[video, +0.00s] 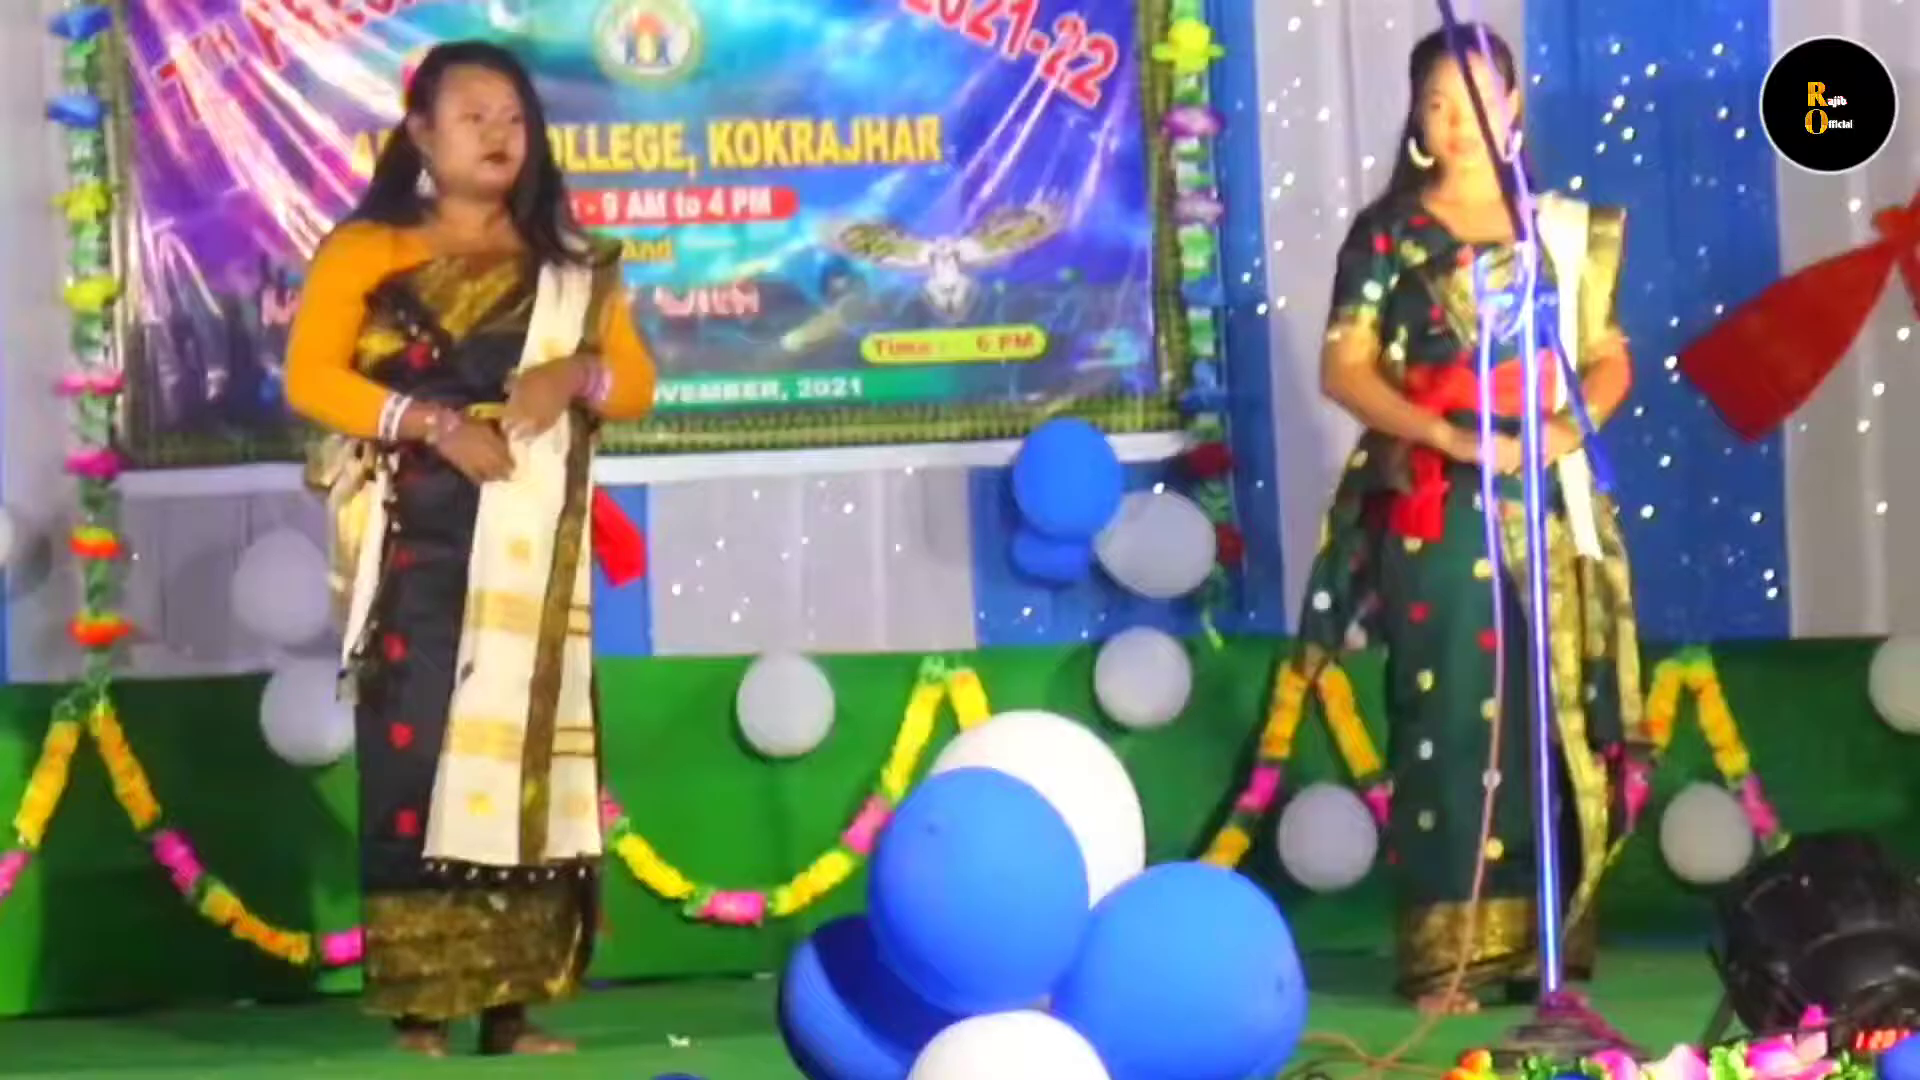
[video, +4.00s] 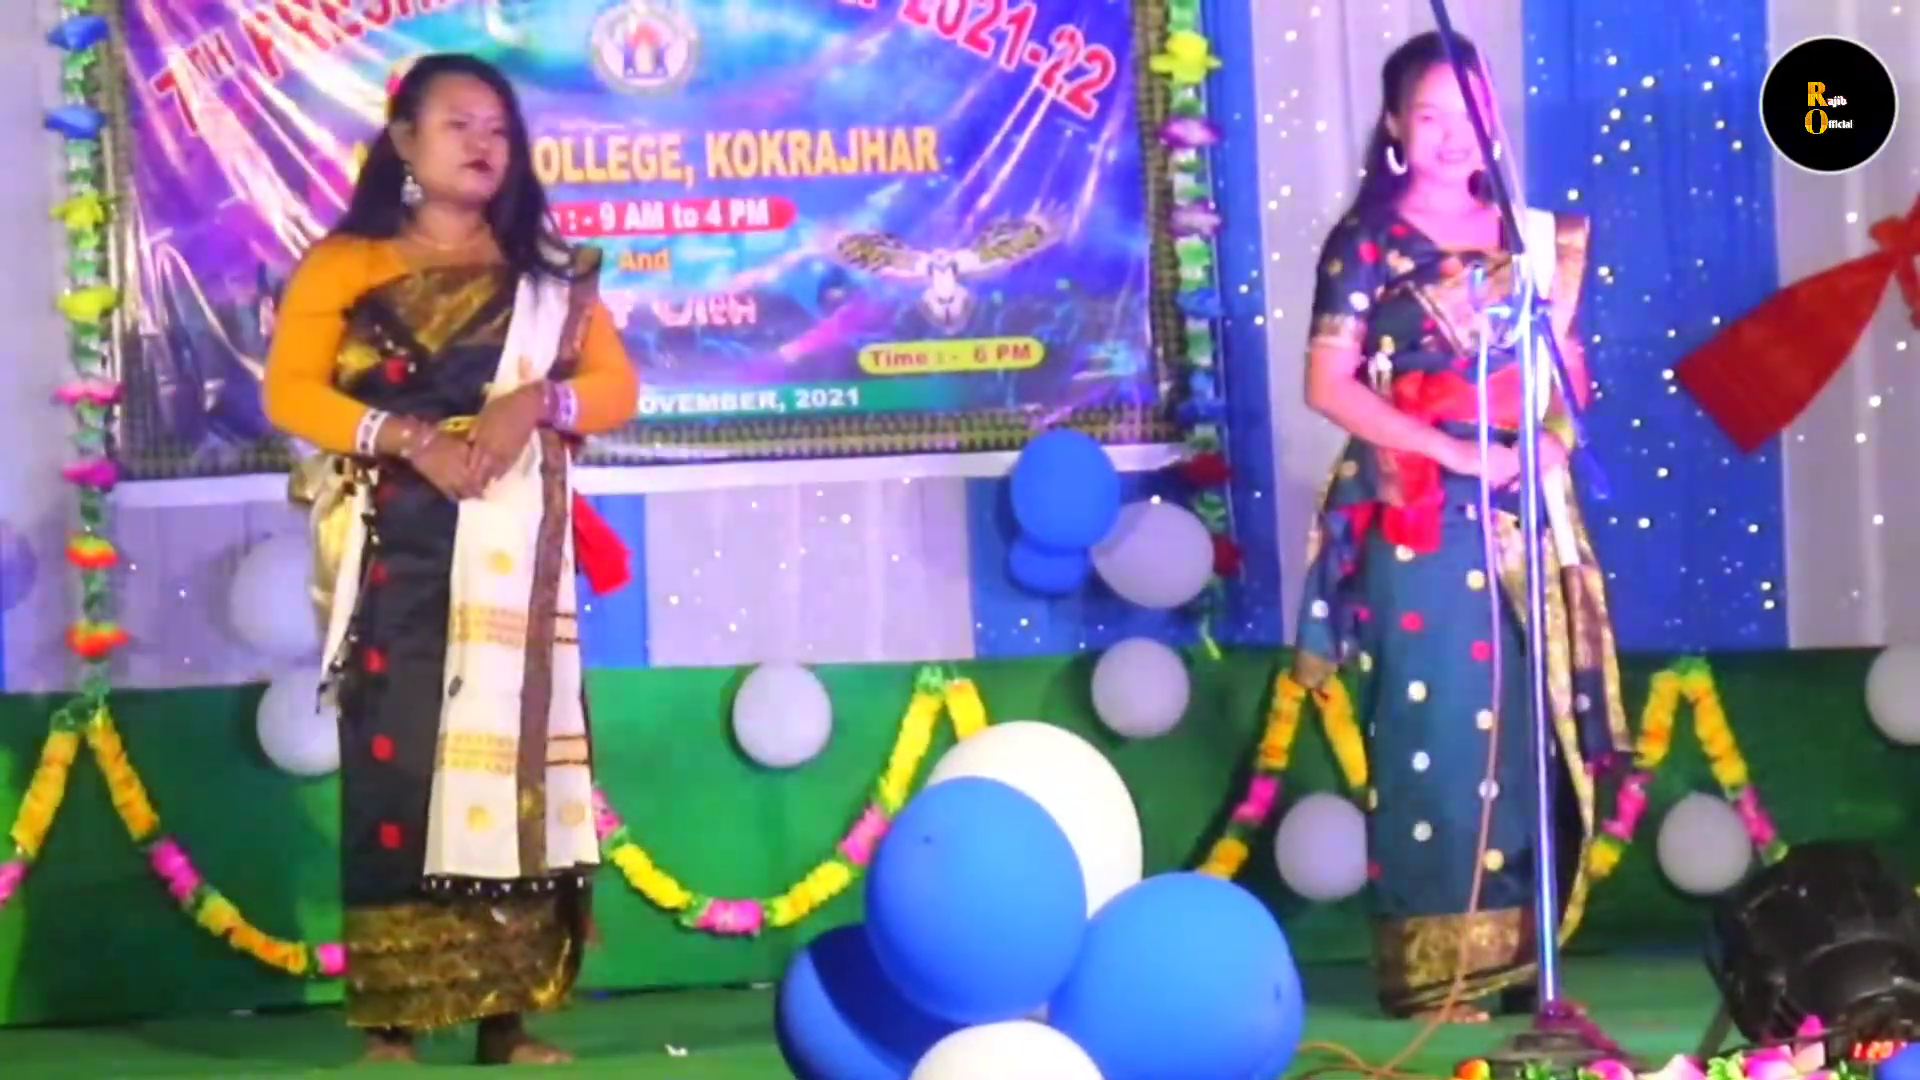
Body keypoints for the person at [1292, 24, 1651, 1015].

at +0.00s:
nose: (1444, 120)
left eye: (1465, 102)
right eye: (1430, 105)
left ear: (1509, 108)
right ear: (1415, 118)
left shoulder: (1568, 230)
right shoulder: (1388, 233)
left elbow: (1611, 363)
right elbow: (1343, 371)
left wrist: (1564, 428)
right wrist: (1449, 436)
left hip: (1550, 506)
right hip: (1438, 509)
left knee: (1556, 716)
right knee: (1445, 718)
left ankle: (1554, 955)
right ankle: (1446, 956)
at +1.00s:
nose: (1461, 108)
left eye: (1484, 91)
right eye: (1454, 89)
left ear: (1529, 102)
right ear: (1440, 99)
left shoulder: (1577, 216)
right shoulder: (1412, 223)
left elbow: (1625, 345)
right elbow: (1367, 366)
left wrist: (1600, 408)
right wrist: (1479, 427)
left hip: (1571, 500)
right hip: (1462, 501)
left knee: (1578, 706)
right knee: (1471, 708)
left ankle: (1573, 937)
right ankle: (1458, 938)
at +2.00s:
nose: (1443, 122)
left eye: (1461, 105)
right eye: (1426, 105)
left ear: (1494, 113)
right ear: (1404, 117)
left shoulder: (1548, 227)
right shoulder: (1372, 230)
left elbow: (1584, 389)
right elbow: (1334, 369)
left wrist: (1571, 304)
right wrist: (1456, 436)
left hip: (1535, 504)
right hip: (1424, 507)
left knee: (1541, 716)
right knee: (1440, 718)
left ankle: (1530, 951)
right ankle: (1434, 956)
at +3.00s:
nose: (1456, 122)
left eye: (1471, 104)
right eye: (1435, 107)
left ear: (1495, 114)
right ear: (1405, 122)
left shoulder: (1527, 227)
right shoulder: (1379, 233)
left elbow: (1550, 360)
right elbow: (1337, 377)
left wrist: (1555, 435)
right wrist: (1463, 451)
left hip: (1521, 505)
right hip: (1425, 512)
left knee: (1532, 720)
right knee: (1442, 723)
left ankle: (1520, 951)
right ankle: (1434, 957)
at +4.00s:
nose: (1452, 134)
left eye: (1467, 116)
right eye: (1432, 116)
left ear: (1490, 124)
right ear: (1398, 126)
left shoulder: (1525, 234)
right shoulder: (1366, 242)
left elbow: (1560, 391)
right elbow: (1328, 385)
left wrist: (1561, 308)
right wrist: (1457, 451)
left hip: (1529, 515)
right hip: (1426, 520)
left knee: (1538, 729)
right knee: (1440, 730)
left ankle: (1530, 967)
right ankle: (1438, 968)